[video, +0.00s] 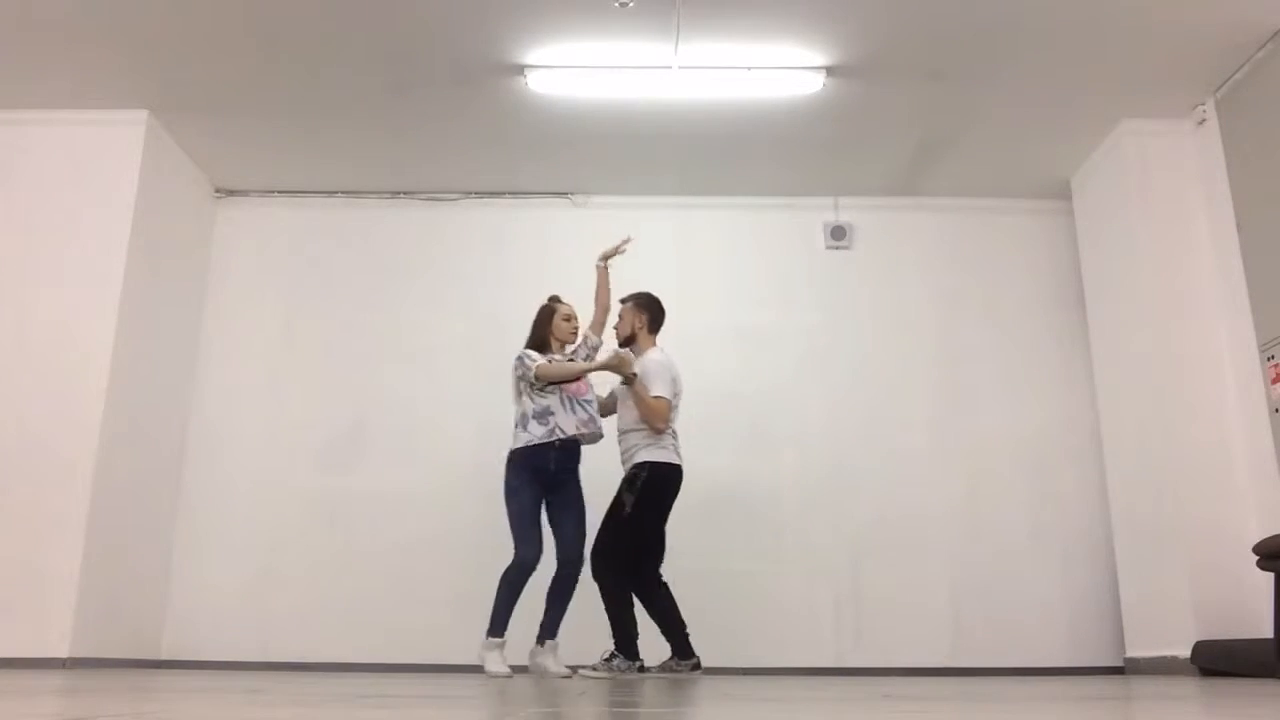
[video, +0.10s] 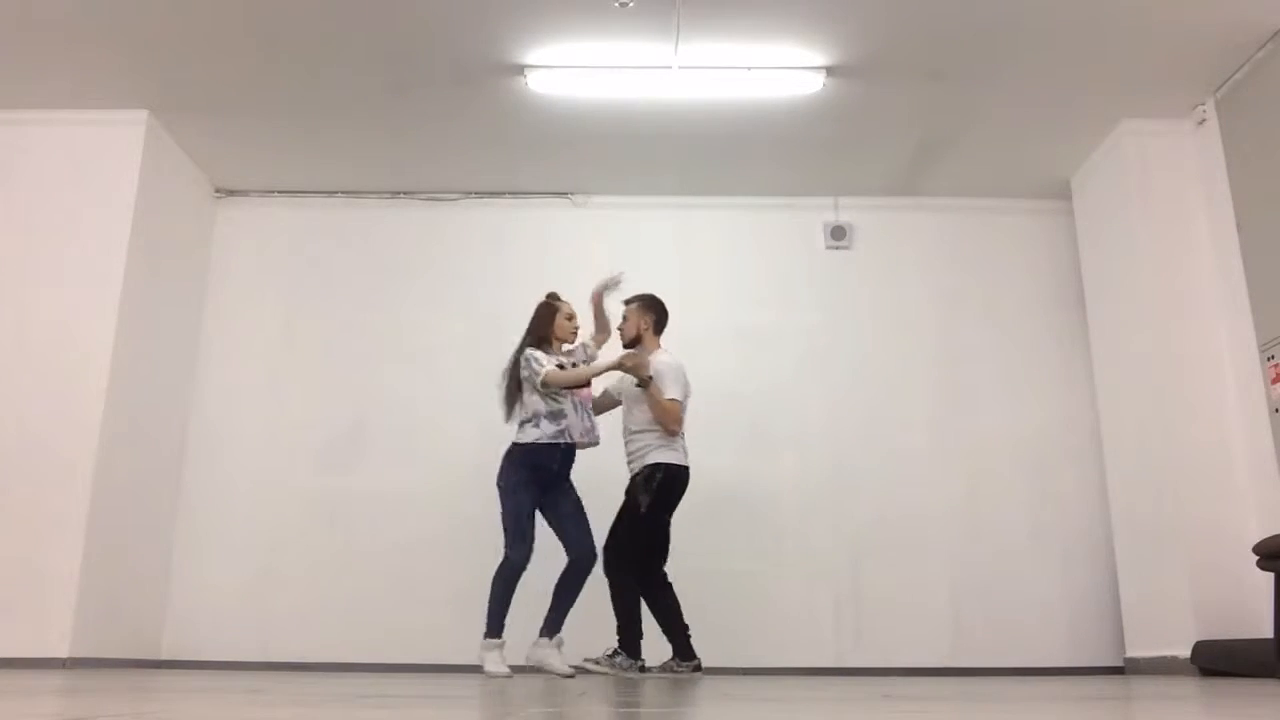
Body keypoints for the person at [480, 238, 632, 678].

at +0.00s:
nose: (576, 327)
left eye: (577, 321)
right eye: (567, 320)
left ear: (576, 328)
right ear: (548, 324)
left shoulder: (580, 356)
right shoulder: (526, 358)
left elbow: (601, 316)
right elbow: (549, 372)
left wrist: (603, 264)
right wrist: (600, 365)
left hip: (565, 471)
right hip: (525, 469)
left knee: (572, 558)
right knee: (528, 556)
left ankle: (544, 649)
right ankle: (493, 645)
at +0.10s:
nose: (577, 327)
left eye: (577, 321)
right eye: (570, 320)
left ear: (565, 327)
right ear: (550, 323)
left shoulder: (573, 358)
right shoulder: (532, 357)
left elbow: (601, 335)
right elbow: (559, 379)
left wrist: (598, 299)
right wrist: (613, 364)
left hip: (556, 473)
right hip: (522, 467)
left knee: (583, 555)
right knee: (517, 553)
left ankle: (545, 645)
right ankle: (492, 645)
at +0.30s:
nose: (582, 325)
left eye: (581, 318)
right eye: (576, 318)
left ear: (564, 322)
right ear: (557, 320)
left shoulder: (564, 361)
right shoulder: (549, 358)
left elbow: (584, 400)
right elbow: (586, 385)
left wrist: (614, 370)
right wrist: (635, 354)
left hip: (567, 471)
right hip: (543, 470)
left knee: (579, 560)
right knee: (555, 556)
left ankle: (542, 650)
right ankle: (504, 639)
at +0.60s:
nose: (597, 320)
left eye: (596, 314)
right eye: (591, 314)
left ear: (566, 320)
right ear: (574, 317)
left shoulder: (552, 356)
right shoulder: (593, 349)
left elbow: (587, 395)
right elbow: (641, 344)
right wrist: (669, 302)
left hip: (540, 465)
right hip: (563, 467)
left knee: (547, 558)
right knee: (598, 546)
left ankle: (537, 652)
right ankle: (579, 646)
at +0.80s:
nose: (601, 310)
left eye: (599, 303)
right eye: (592, 303)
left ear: (581, 309)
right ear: (577, 307)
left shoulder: (571, 346)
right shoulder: (578, 337)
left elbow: (571, 405)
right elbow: (613, 309)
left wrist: (603, 375)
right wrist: (634, 255)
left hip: (562, 457)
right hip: (560, 459)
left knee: (569, 555)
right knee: (594, 548)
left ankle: (540, 649)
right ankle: (575, 649)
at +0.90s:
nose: (590, 300)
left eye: (591, 296)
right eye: (581, 295)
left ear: (590, 308)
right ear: (563, 302)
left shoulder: (584, 350)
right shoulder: (560, 335)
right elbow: (581, 287)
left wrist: (604, 380)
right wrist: (596, 238)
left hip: (577, 462)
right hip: (551, 460)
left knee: (608, 544)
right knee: (585, 544)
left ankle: (559, 621)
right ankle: (574, 647)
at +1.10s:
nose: (567, 302)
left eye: (576, 295)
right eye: (561, 295)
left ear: (588, 298)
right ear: (552, 297)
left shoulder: (606, 341)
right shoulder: (536, 332)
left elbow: (623, 397)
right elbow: (513, 278)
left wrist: (576, 390)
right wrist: (557, 244)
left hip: (583, 445)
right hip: (540, 443)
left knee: (554, 519)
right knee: (552, 535)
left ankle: (583, 613)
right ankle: (571, 637)